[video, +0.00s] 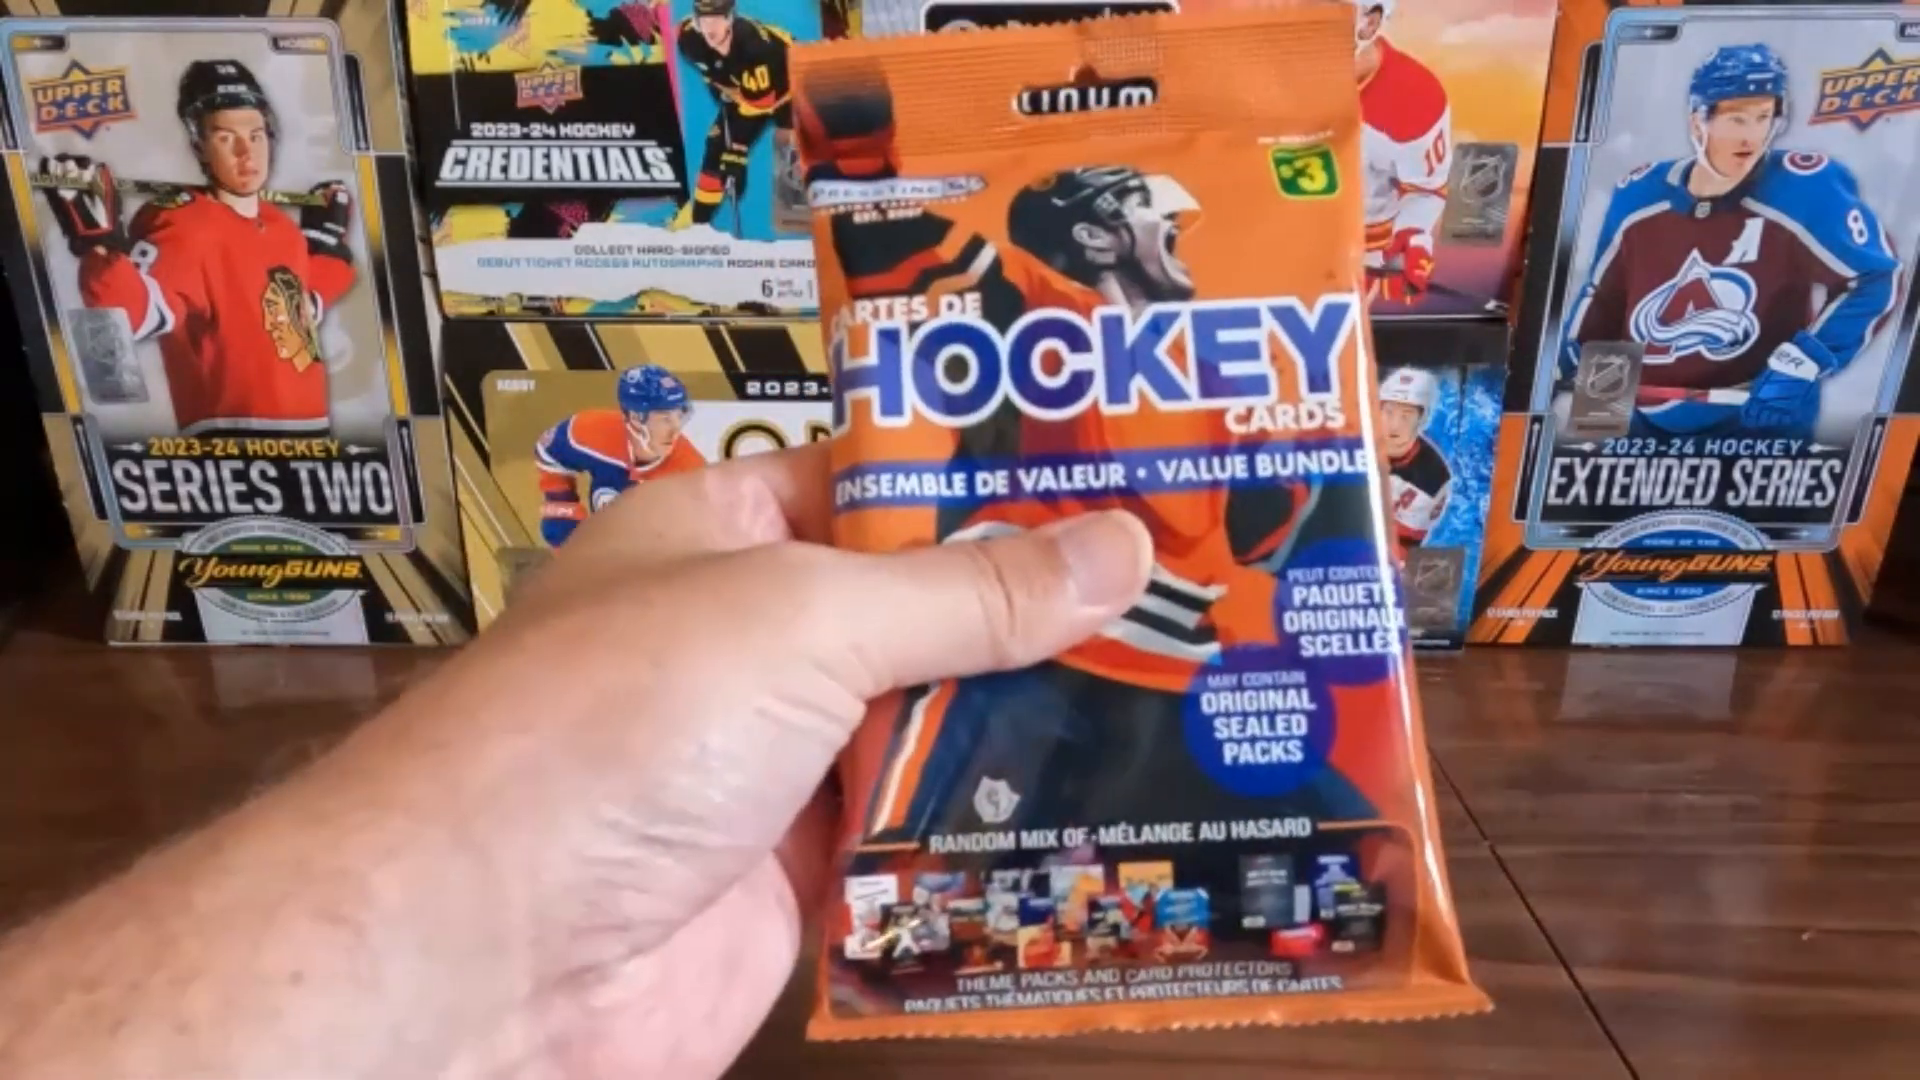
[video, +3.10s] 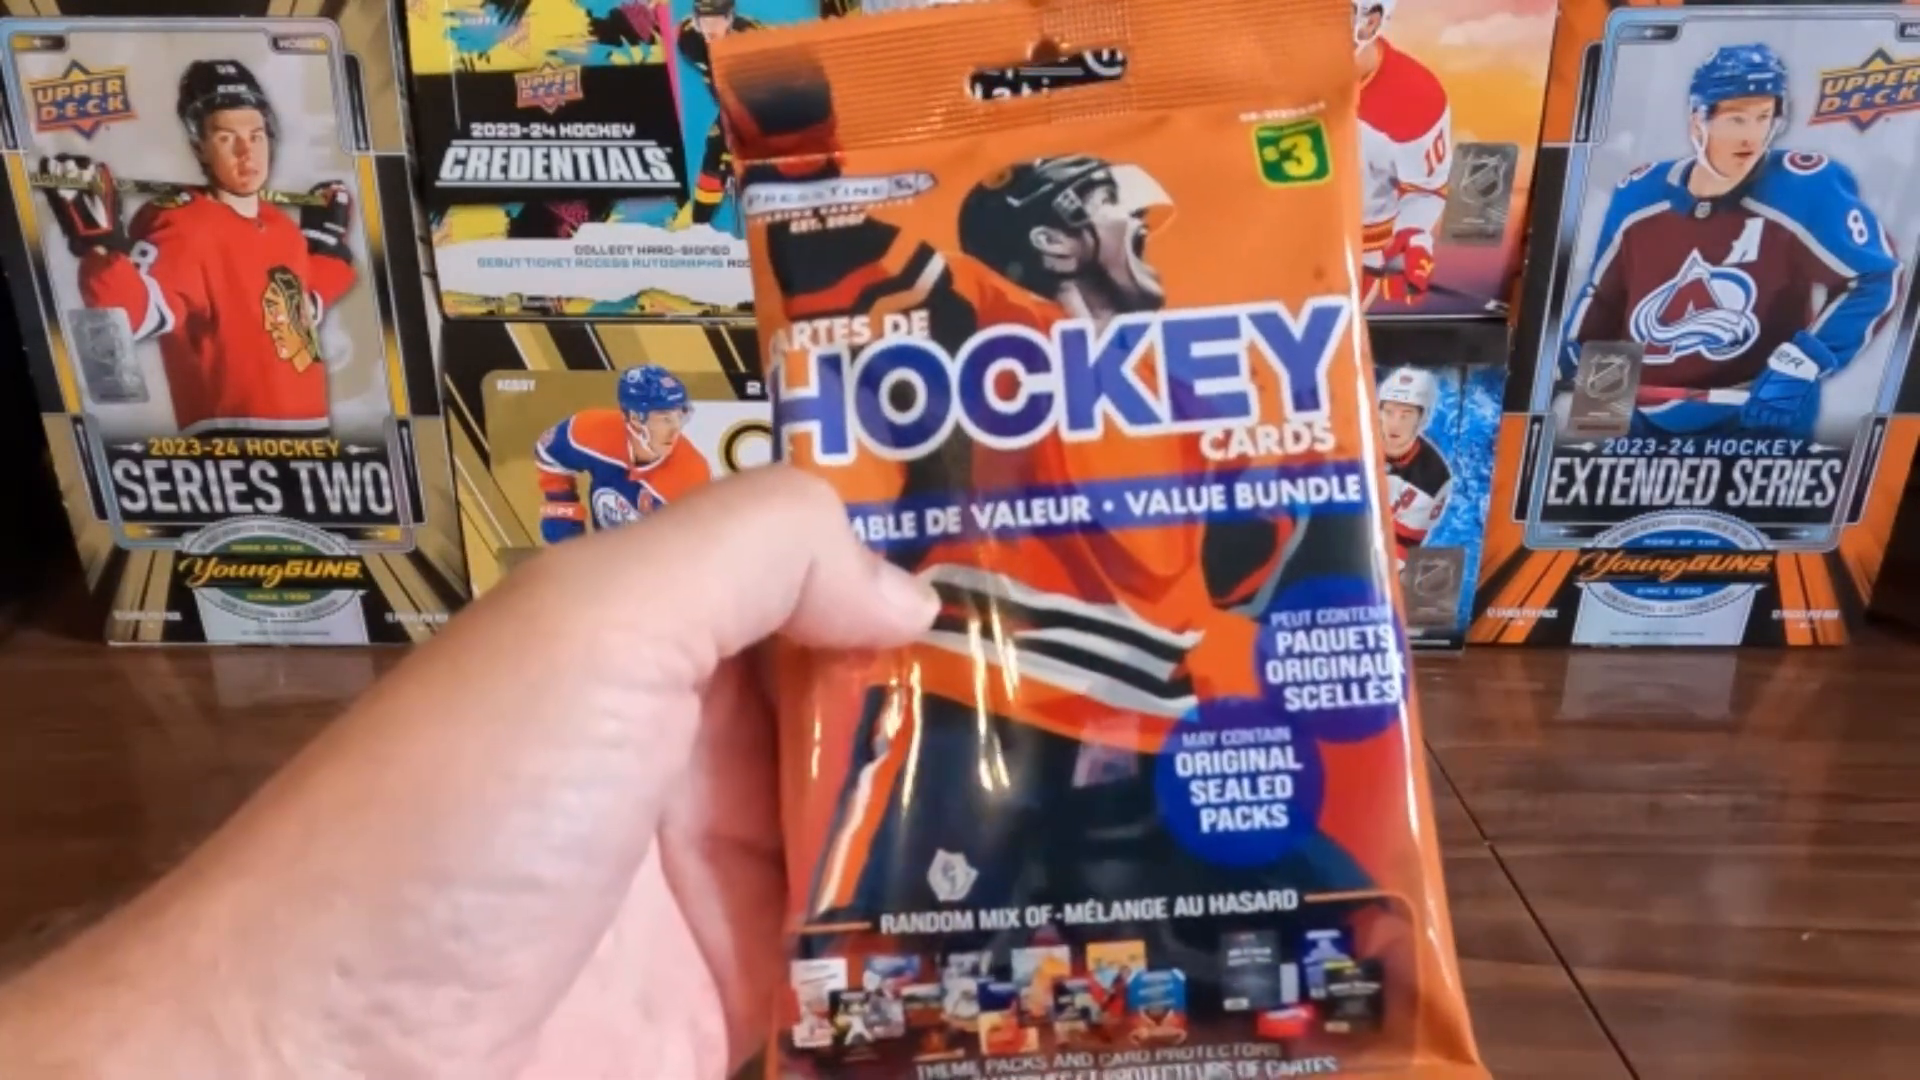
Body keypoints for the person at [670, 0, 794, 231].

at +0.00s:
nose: (709, 28)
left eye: (715, 21)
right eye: (703, 21)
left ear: (729, 19)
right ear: (696, 21)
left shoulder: (752, 46)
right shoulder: (689, 37)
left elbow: (758, 107)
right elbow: (709, 73)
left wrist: (737, 154)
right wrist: (725, 95)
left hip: (789, 88)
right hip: (741, 97)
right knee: (716, 146)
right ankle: (699, 219)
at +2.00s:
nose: (709, 29)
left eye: (715, 22)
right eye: (704, 22)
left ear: (729, 19)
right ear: (696, 21)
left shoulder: (750, 36)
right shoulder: (688, 38)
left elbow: (749, 100)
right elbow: (711, 76)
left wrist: (736, 156)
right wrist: (734, 94)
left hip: (767, 103)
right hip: (731, 106)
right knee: (714, 147)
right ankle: (699, 220)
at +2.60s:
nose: (711, 33)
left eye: (717, 26)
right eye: (705, 26)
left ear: (730, 19)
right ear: (696, 21)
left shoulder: (754, 36)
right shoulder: (688, 39)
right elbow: (710, 73)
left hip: (762, 109)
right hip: (728, 109)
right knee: (714, 160)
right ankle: (700, 221)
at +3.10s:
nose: (710, 30)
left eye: (716, 22)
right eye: (704, 22)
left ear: (730, 18)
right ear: (696, 20)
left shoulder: (752, 35)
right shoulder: (688, 39)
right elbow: (710, 73)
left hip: (761, 111)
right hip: (727, 111)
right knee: (714, 161)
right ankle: (700, 220)